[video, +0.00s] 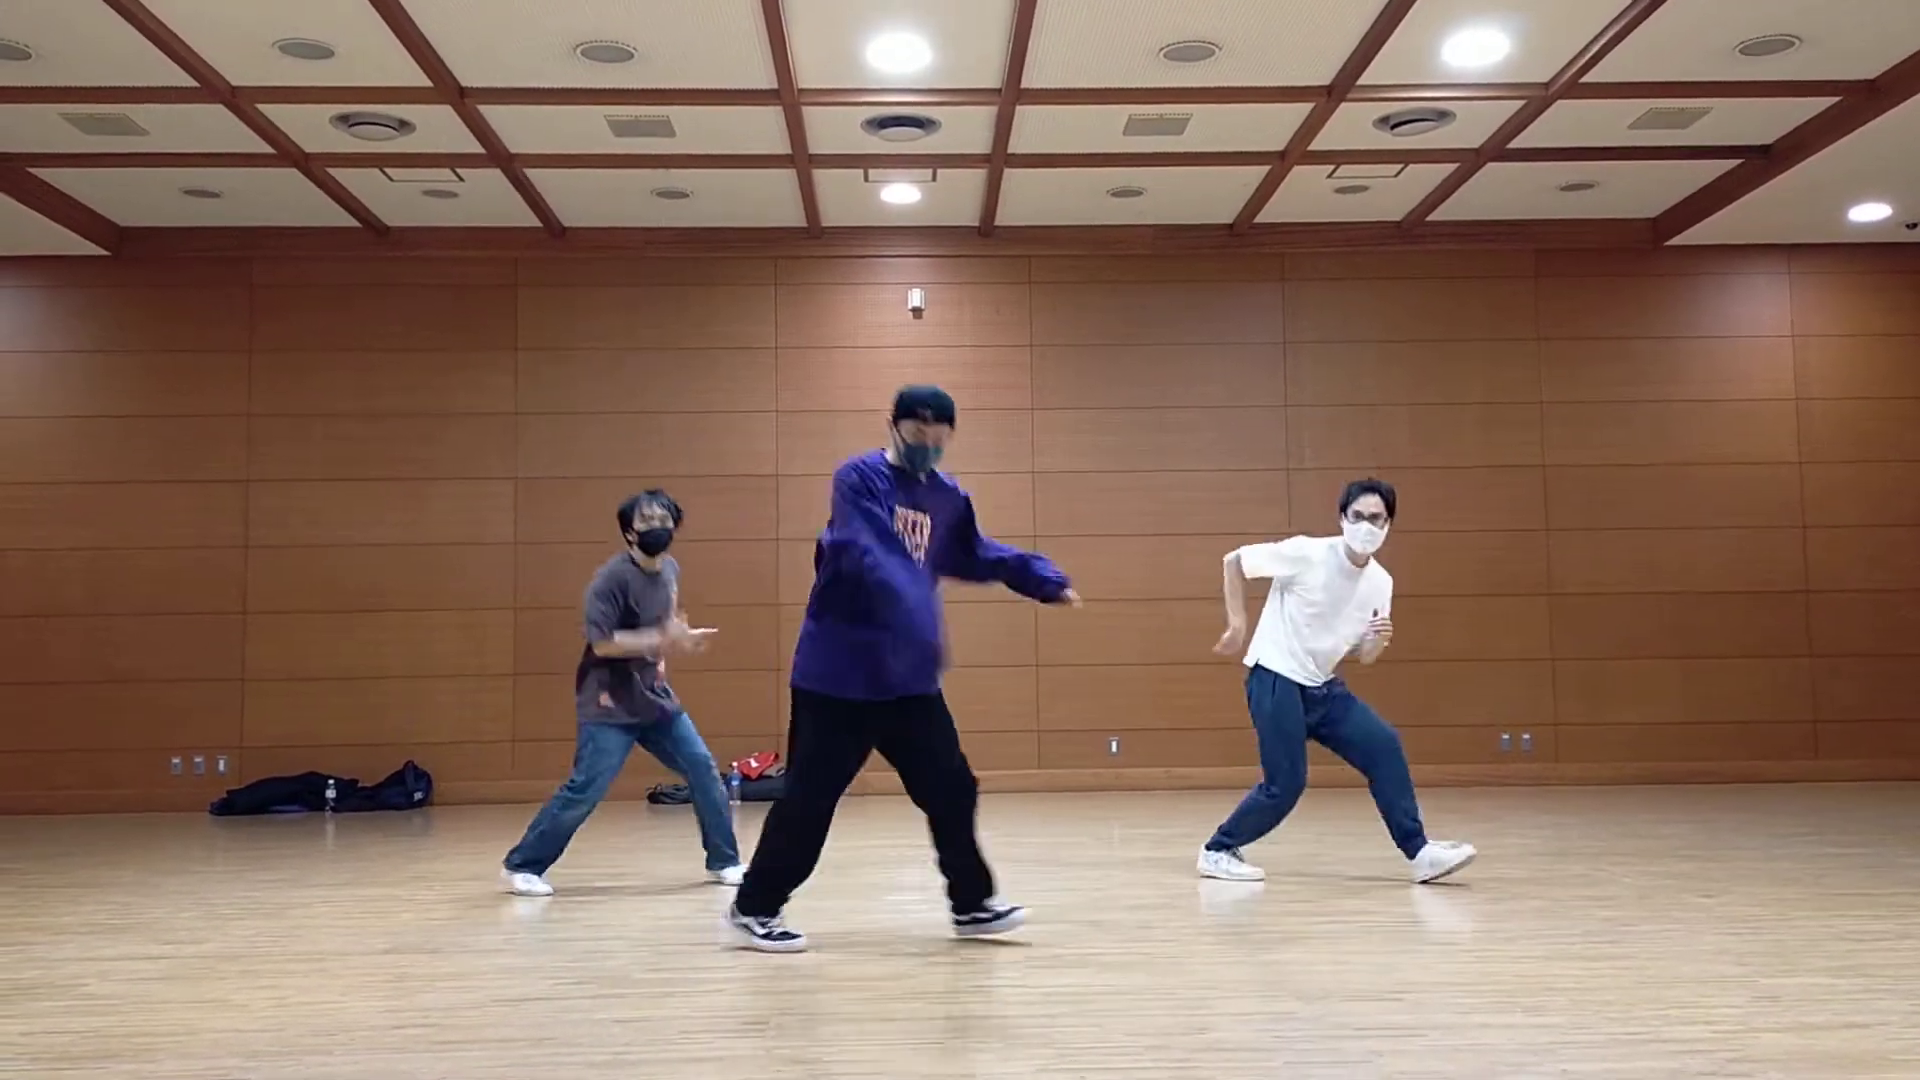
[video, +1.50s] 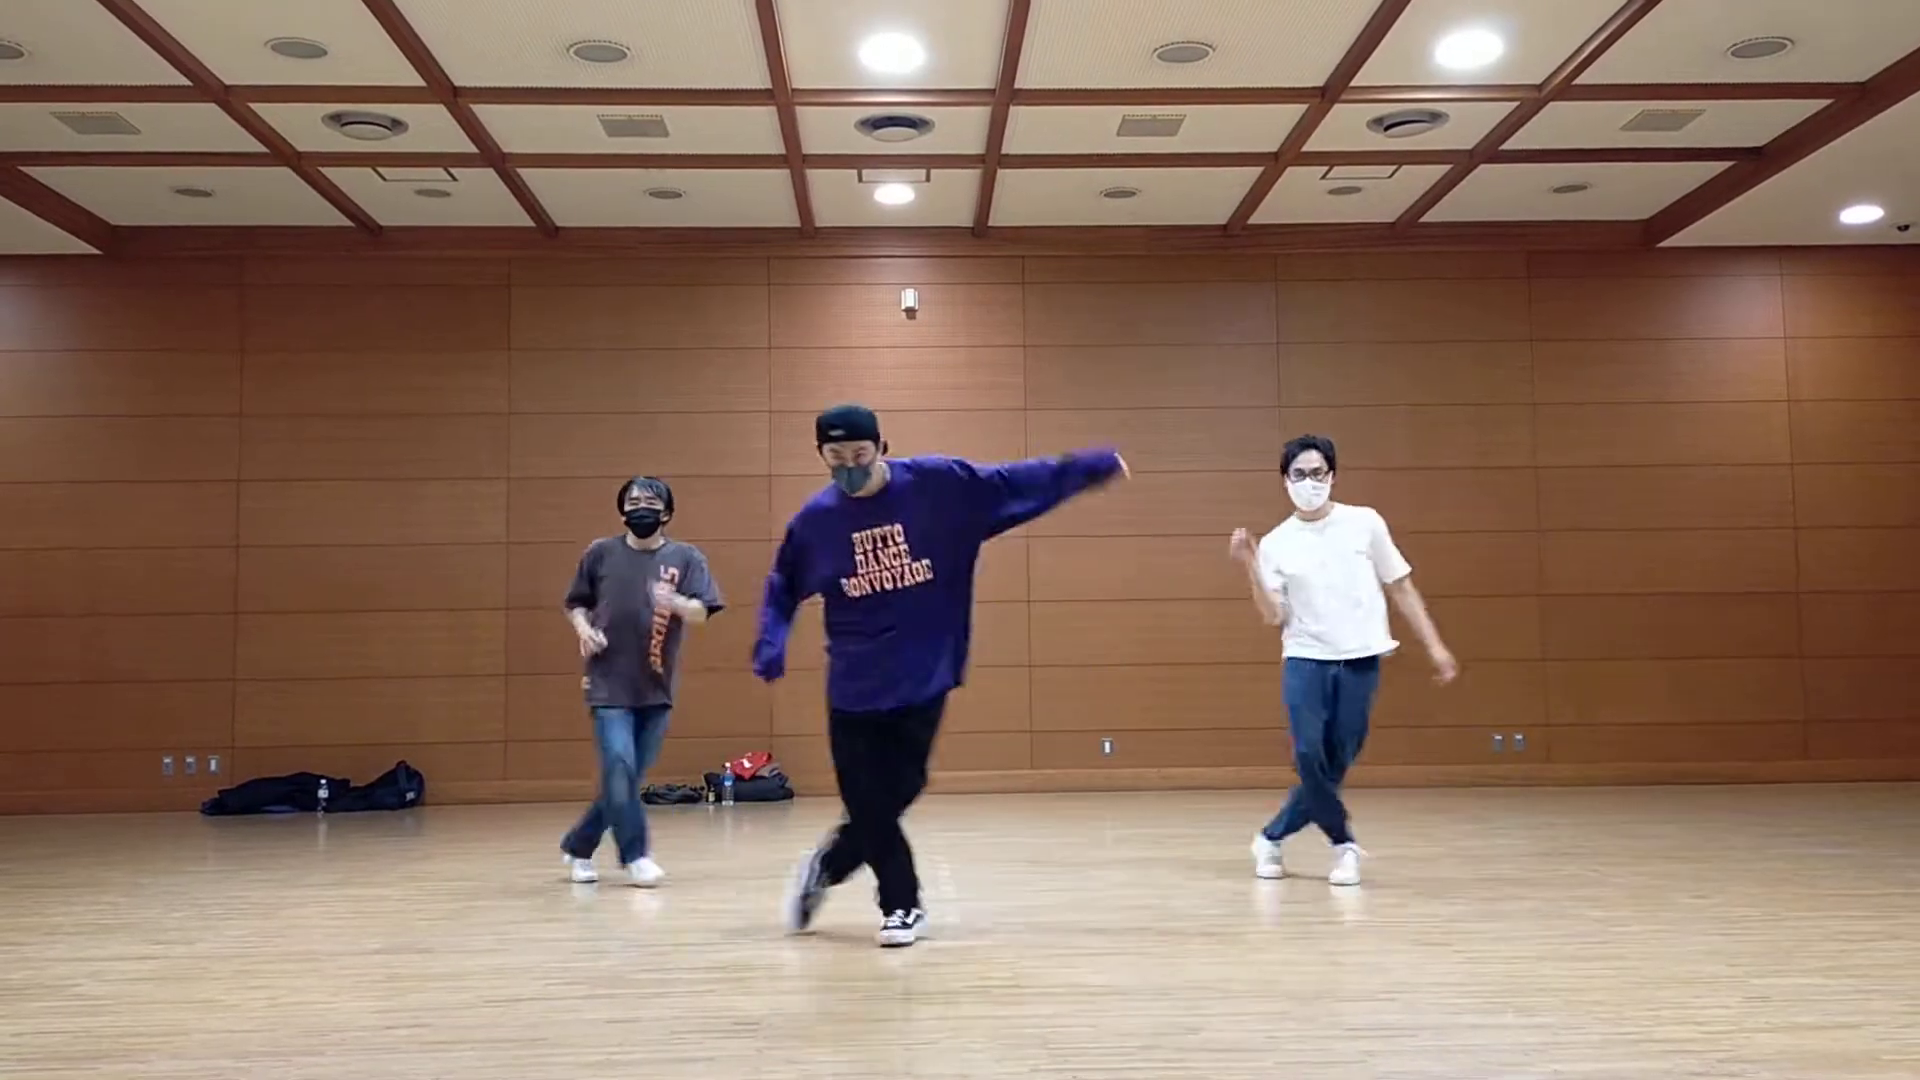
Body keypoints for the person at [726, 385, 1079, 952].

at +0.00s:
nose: (926, 432)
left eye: (937, 424)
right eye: (916, 421)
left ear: (950, 435)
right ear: (894, 426)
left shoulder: (949, 499)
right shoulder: (859, 479)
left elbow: (971, 555)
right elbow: (862, 551)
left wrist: (1038, 575)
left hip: (906, 678)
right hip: (837, 677)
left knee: (951, 789)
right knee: (809, 798)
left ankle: (972, 905)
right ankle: (753, 909)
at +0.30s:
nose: (1007, 484)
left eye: (1018, 475)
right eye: (997, 472)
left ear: (1029, 478)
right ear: (975, 470)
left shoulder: (1030, 530)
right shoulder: (923, 516)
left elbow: (1035, 613)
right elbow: (842, 562)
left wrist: (1044, 678)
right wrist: (766, 600)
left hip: (987, 676)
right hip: (927, 670)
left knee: (1025, 785)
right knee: (939, 769)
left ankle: (991, 910)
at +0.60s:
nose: (1027, 463)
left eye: (1038, 455)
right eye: (1017, 453)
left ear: (1052, 460)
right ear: (1000, 458)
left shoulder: (1076, 524)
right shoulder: (970, 519)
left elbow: (1100, 590)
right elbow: (951, 598)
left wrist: (1102, 609)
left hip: (1067, 677)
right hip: (1000, 683)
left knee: (1065, 784)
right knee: (1037, 797)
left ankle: (1059, 879)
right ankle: (1113, 887)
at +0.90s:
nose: (989, 406)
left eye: (1000, 397)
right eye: (979, 398)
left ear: (1024, 405)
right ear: (970, 409)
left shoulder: (1050, 459)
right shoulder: (974, 475)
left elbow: (1035, 524)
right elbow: (988, 554)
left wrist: (964, 479)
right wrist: (968, 611)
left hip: (1061, 639)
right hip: (1007, 645)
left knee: (1079, 765)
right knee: (1012, 765)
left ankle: (1139, 882)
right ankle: (1060, 871)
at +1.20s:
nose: (904, 494)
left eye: (915, 483)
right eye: (895, 485)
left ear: (943, 481)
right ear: (889, 488)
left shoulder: (983, 537)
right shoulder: (916, 534)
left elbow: (1012, 634)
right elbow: (913, 613)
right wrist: (894, 681)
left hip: (1033, 682)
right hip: (980, 684)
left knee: (1087, 790)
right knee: (936, 781)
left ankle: (1180, 890)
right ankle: (922, 910)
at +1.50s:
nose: (843, 464)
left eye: (853, 452)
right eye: (833, 455)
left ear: (878, 448)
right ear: (822, 457)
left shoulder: (934, 484)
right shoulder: (816, 523)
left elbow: (1013, 483)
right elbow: (783, 587)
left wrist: (1087, 469)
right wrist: (770, 644)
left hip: (924, 669)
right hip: (854, 676)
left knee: (902, 786)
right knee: (865, 794)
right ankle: (901, 905)